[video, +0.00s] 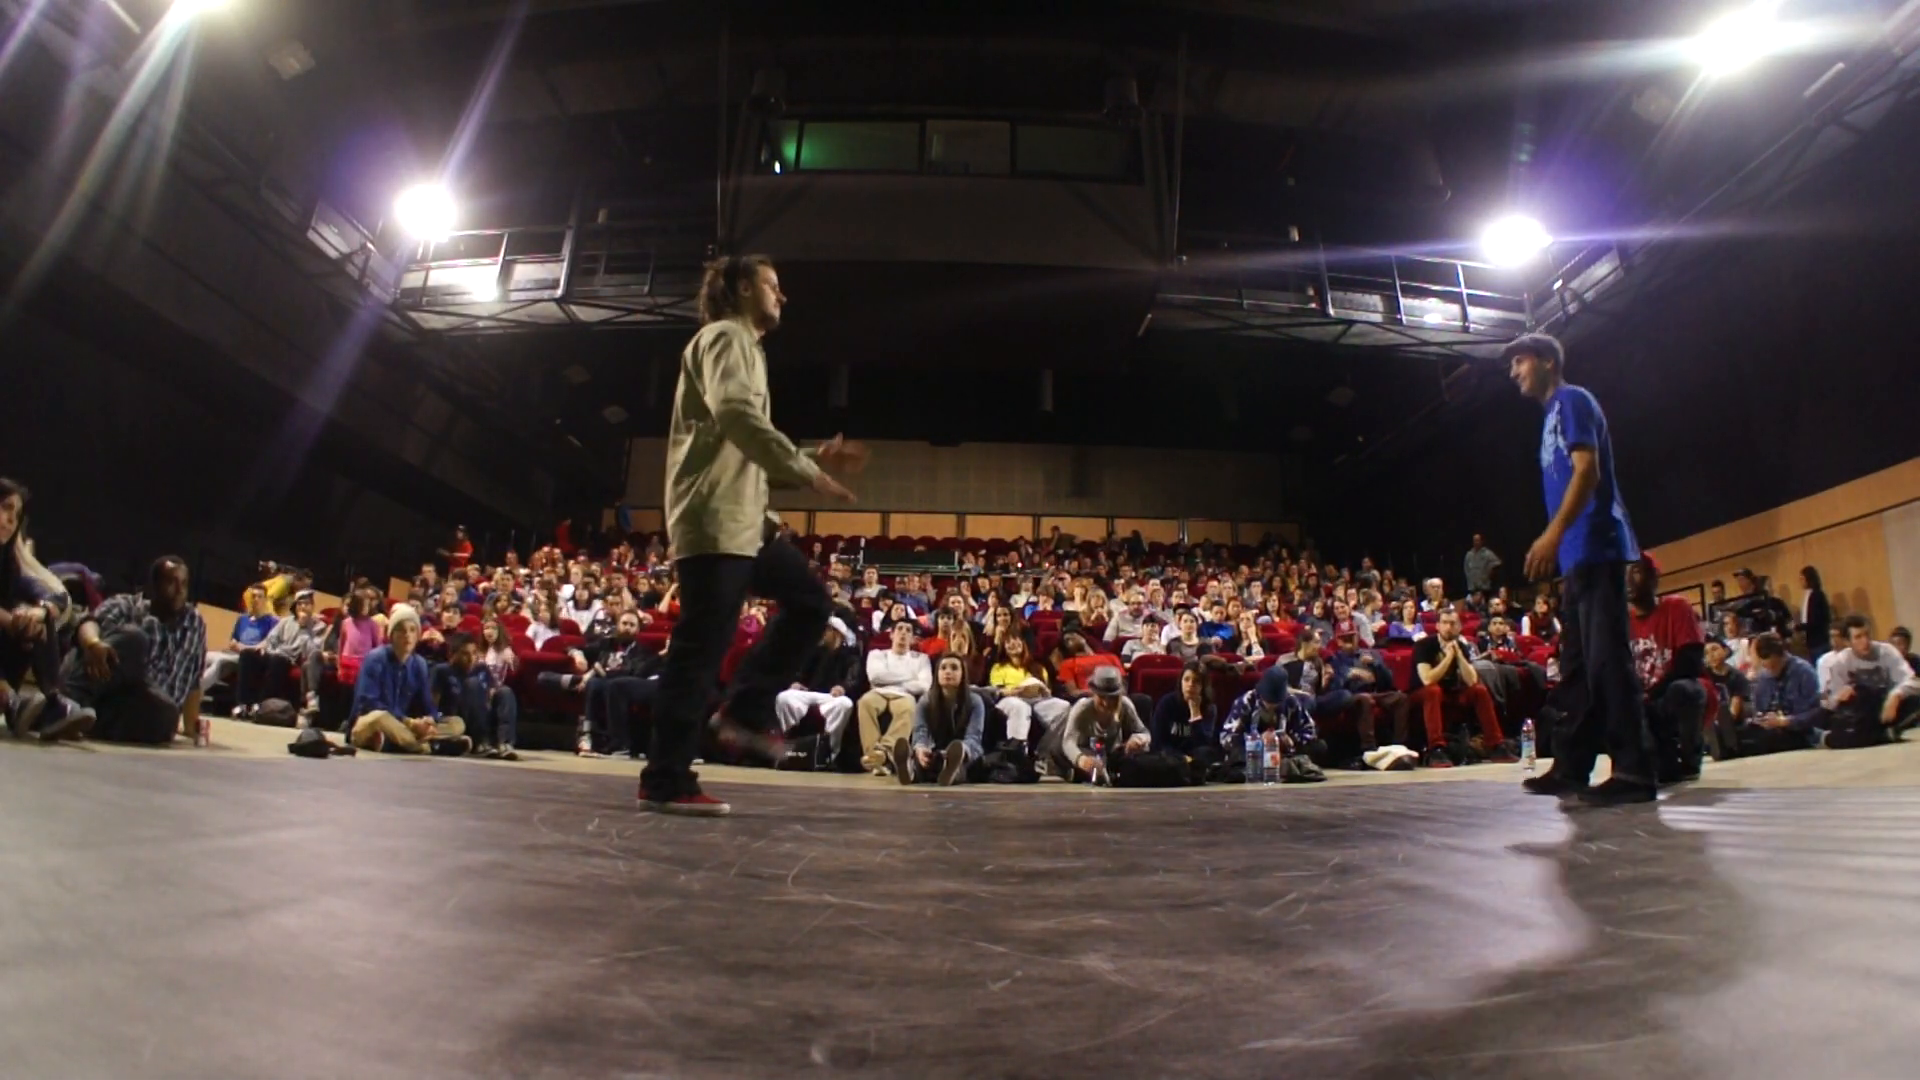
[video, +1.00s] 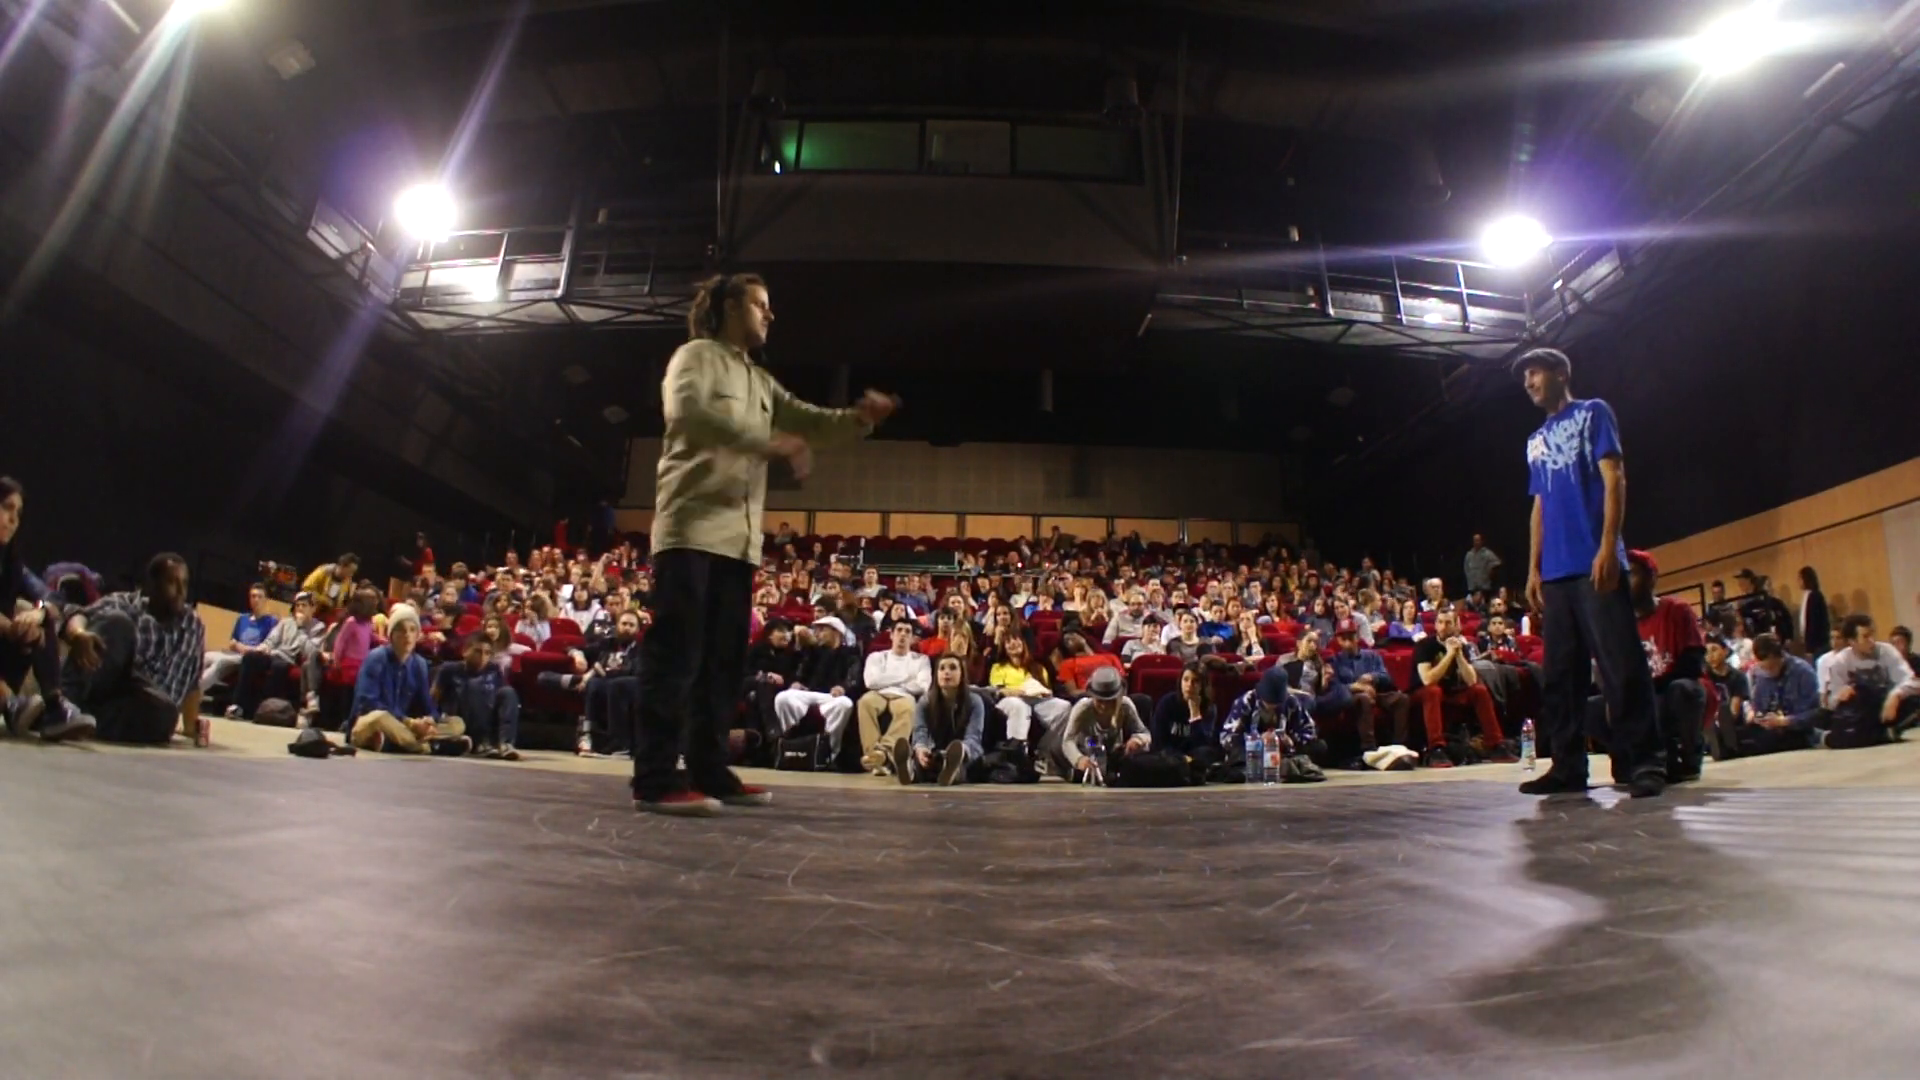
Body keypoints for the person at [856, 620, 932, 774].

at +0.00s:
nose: (903, 634)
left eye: (908, 631)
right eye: (900, 629)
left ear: (913, 638)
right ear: (891, 634)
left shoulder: (921, 658)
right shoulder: (876, 654)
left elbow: (924, 685)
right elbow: (875, 677)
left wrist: (891, 683)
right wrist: (909, 678)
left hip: (905, 694)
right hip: (880, 691)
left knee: (907, 710)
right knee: (865, 703)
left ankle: (885, 749)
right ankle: (875, 760)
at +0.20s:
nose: (903, 634)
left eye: (907, 631)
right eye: (899, 630)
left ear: (912, 638)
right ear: (891, 634)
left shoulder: (921, 659)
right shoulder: (876, 656)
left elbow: (922, 686)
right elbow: (872, 681)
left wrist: (888, 683)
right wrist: (906, 678)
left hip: (904, 694)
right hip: (879, 692)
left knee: (907, 710)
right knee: (865, 703)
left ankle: (885, 750)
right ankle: (875, 760)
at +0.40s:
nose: (902, 634)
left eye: (907, 631)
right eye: (899, 630)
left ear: (912, 638)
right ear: (891, 634)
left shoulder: (921, 659)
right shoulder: (875, 657)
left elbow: (921, 686)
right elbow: (871, 681)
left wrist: (888, 682)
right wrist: (905, 677)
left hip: (903, 694)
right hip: (879, 692)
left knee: (907, 710)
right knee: (865, 703)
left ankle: (883, 749)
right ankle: (876, 761)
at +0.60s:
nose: (902, 634)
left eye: (907, 631)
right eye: (899, 630)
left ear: (912, 638)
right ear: (891, 634)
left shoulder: (921, 659)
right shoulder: (875, 657)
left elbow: (922, 686)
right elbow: (871, 681)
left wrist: (888, 683)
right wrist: (905, 677)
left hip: (904, 694)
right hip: (879, 692)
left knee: (907, 710)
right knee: (865, 703)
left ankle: (884, 750)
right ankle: (875, 760)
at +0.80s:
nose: (902, 635)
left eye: (907, 632)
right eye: (899, 630)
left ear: (912, 638)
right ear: (891, 635)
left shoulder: (921, 659)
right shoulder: (875, 657)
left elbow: (922, 686)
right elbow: (871, 681)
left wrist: (887, 683)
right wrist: (905, 677)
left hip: (904, 695)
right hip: (879, 692)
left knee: (907, 710)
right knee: (865, 703)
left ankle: (884, 750)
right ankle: (875, 760)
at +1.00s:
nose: (903, 635)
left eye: (907, 632)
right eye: (899, 630)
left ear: (912, 638)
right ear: (891, 634)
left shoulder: (921, 659)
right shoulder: (875, 657)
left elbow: (921, 687)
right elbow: (871, 682)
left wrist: (887, 683)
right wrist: (905, 678)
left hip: (904, 695)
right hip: (879, 692)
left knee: (907, 710)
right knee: (865, 703)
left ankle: (884, 750)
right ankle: (875, 760)